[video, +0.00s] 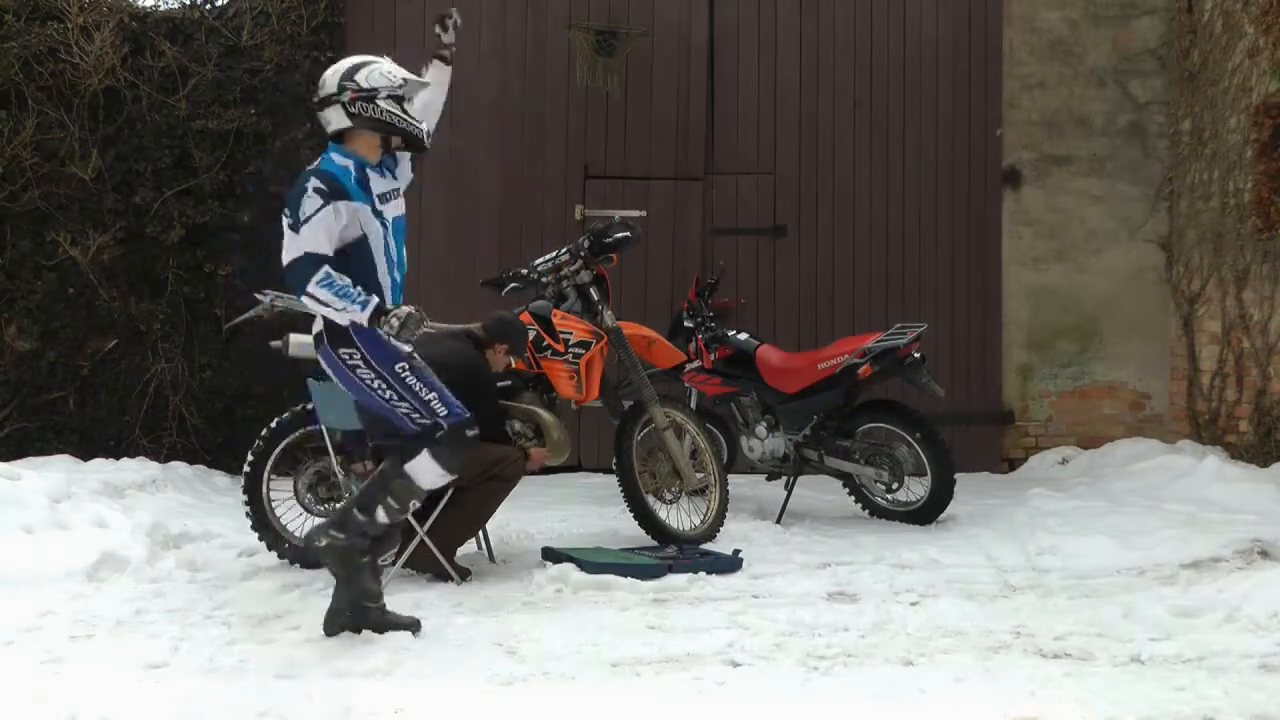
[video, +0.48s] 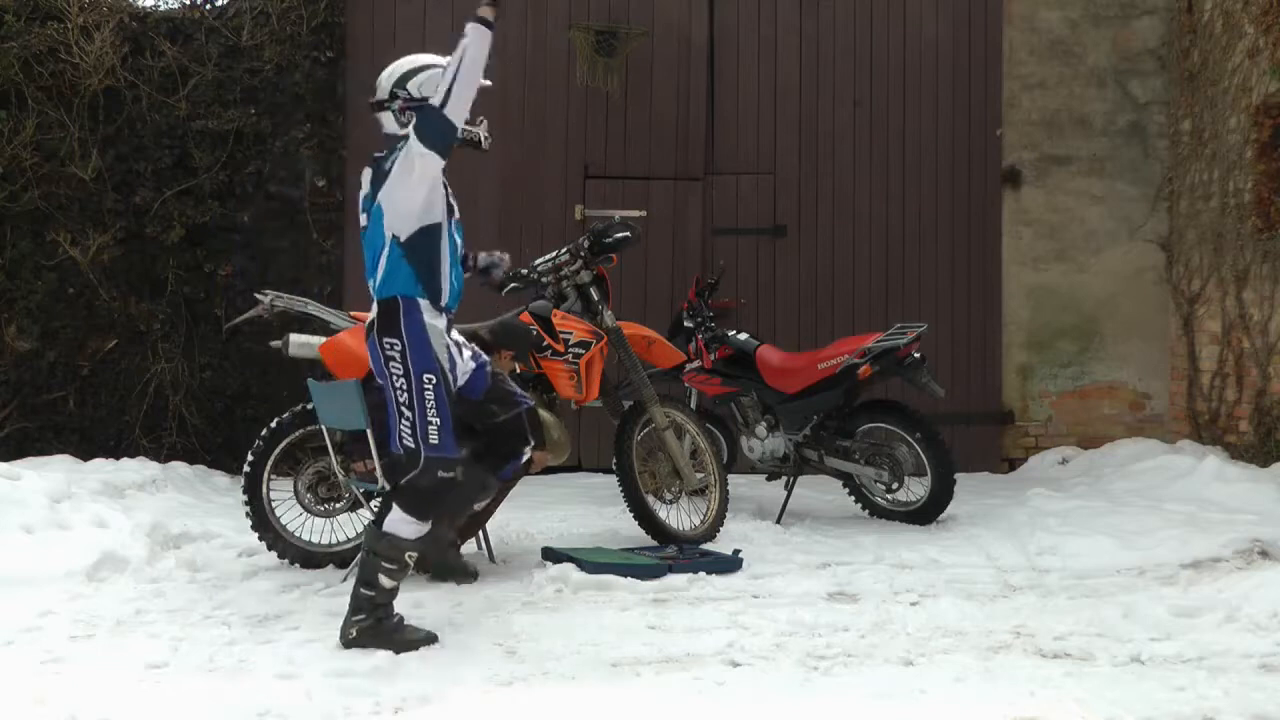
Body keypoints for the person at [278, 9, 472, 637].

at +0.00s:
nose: (402, 115)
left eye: (401, 105)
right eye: (393, 104)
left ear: (363, 110)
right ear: (363, 109)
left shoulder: (385, 166)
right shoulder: (325, 181)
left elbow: (419, 122)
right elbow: (304, 272)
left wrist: (441, 60)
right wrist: (380, 313)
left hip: (376, 331)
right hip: (347, 334)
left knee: (396, 457)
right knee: (455, 437)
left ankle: (357, 597)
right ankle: (360, 520)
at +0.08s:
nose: (411, 112)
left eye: (409, 102)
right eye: (400, 102)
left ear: (378, 113)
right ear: (365, 111)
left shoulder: (399, 167)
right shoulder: (327, 178)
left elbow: (440, 132)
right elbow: (294, 255)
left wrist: (481, 74)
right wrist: (356, 263)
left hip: (385, 324)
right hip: (355, 327)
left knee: (401, 457)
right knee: (469, 418)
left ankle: (352, 598)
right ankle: (386, 542)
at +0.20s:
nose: (419, 100)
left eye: (416, 91)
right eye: (407, 91)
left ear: (386, 100)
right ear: (377, 98)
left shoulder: (414, 160)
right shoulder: (345, 164)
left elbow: (460, 167)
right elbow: (305, 203)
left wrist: (512, 151)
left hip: (407, 318)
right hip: (383, 320)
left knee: (404, 465)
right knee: (452, 453)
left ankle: (353, 598)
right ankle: (385, 597)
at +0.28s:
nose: (423, 114)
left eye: (420, 104)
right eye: (413, 104)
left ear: (395, 112)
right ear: (384, 112)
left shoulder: (420, 176)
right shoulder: (358, 171)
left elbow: (459, 213)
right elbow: (332, 143)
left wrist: (507, 226)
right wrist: (366, 70)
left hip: (424, 323)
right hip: (392, 323)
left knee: (449, 457)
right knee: (420, 466)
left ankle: (364, 583)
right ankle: (372, 611)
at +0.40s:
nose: (449, 108)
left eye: (446, 99)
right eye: (438, 100)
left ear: (420, 112)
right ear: (402, 109)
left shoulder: (416, 178)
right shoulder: (391, 167)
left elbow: (423, 268)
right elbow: (413, 92)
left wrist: (478, 290)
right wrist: (417, 23)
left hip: (427, 329)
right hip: (395, 327)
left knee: (501, 438)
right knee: (432, 466)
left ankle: (425, 541)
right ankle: (367, 612)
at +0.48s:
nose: (458, 117)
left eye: (457, 107)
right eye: (447, 108)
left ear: (409, 112)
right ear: (414, 111)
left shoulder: (419, 175)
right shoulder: (402, 170)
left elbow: (420, 254)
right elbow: (445, 108)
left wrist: (474, 265)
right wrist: (480, 28)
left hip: (434, 328)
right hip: (405, 329)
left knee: (513, 424)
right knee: (432, 467)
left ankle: (440, 542)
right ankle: (368, 612)